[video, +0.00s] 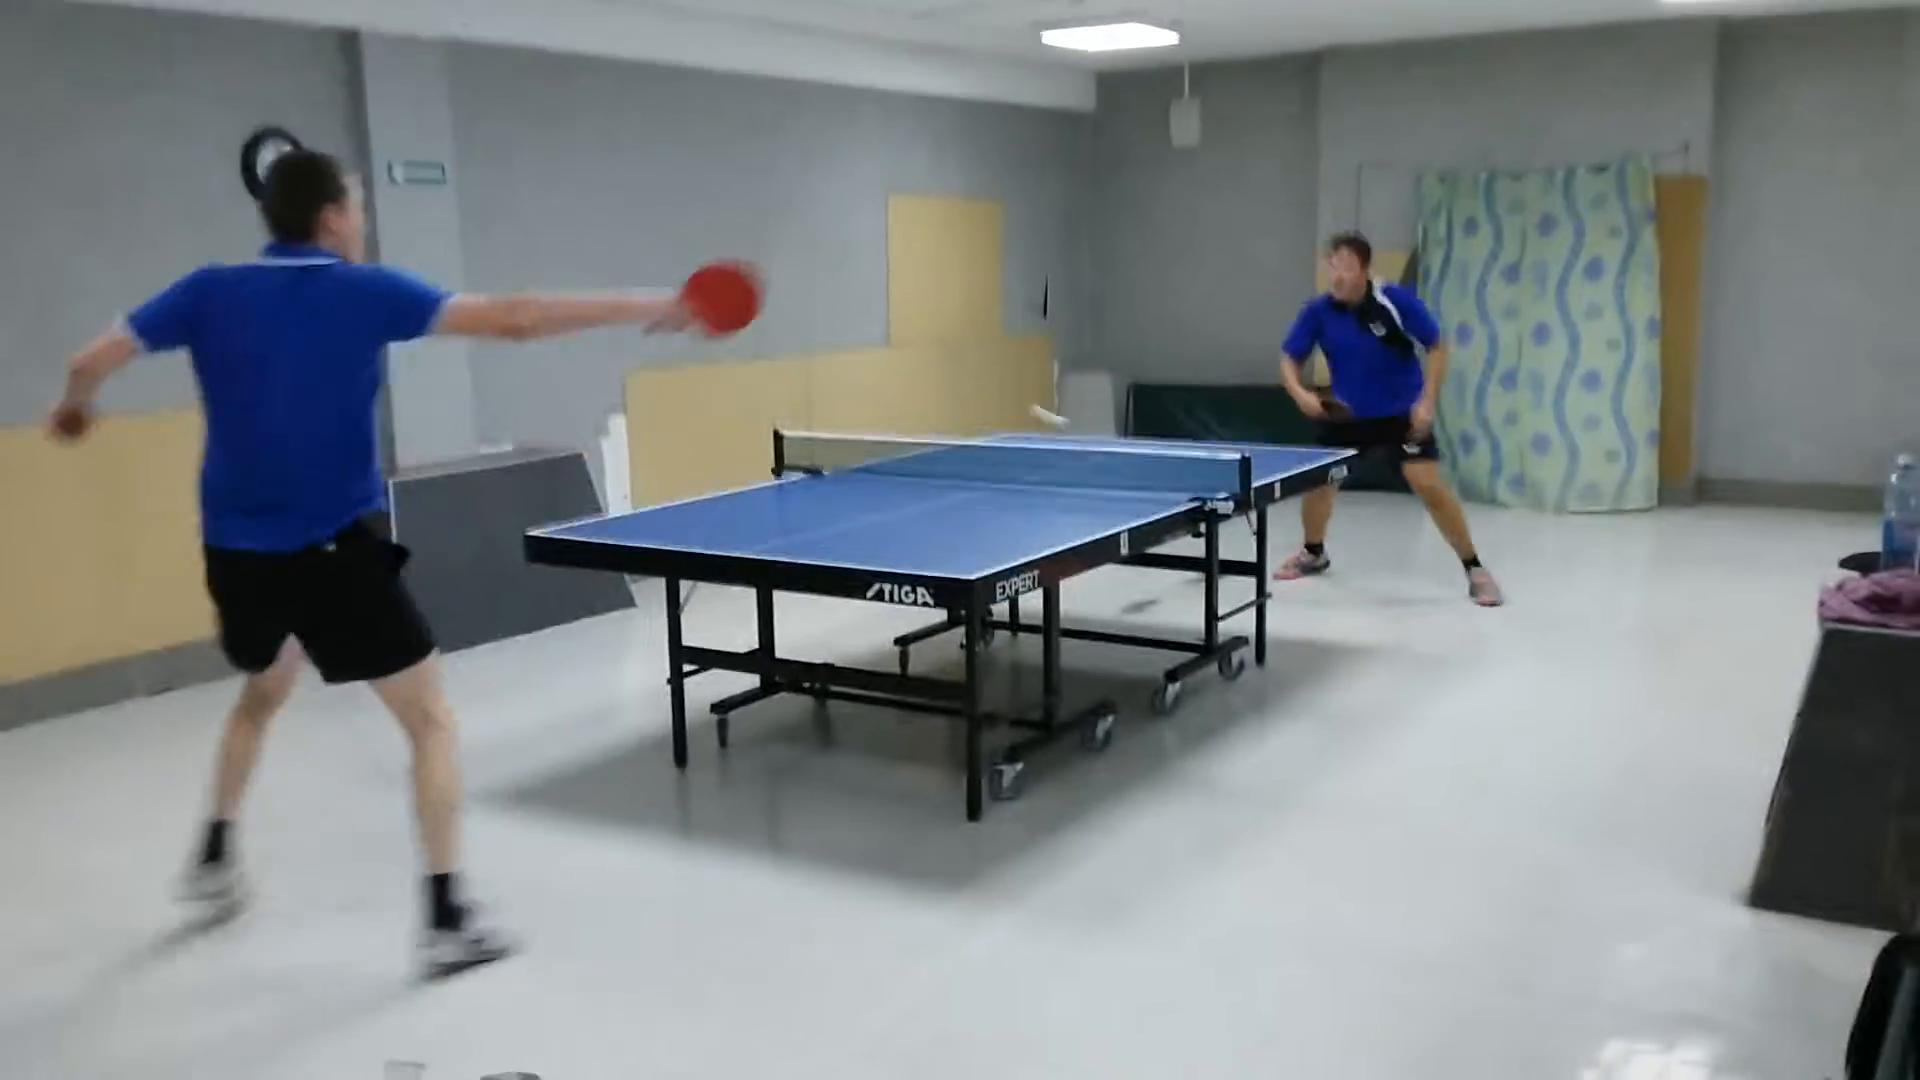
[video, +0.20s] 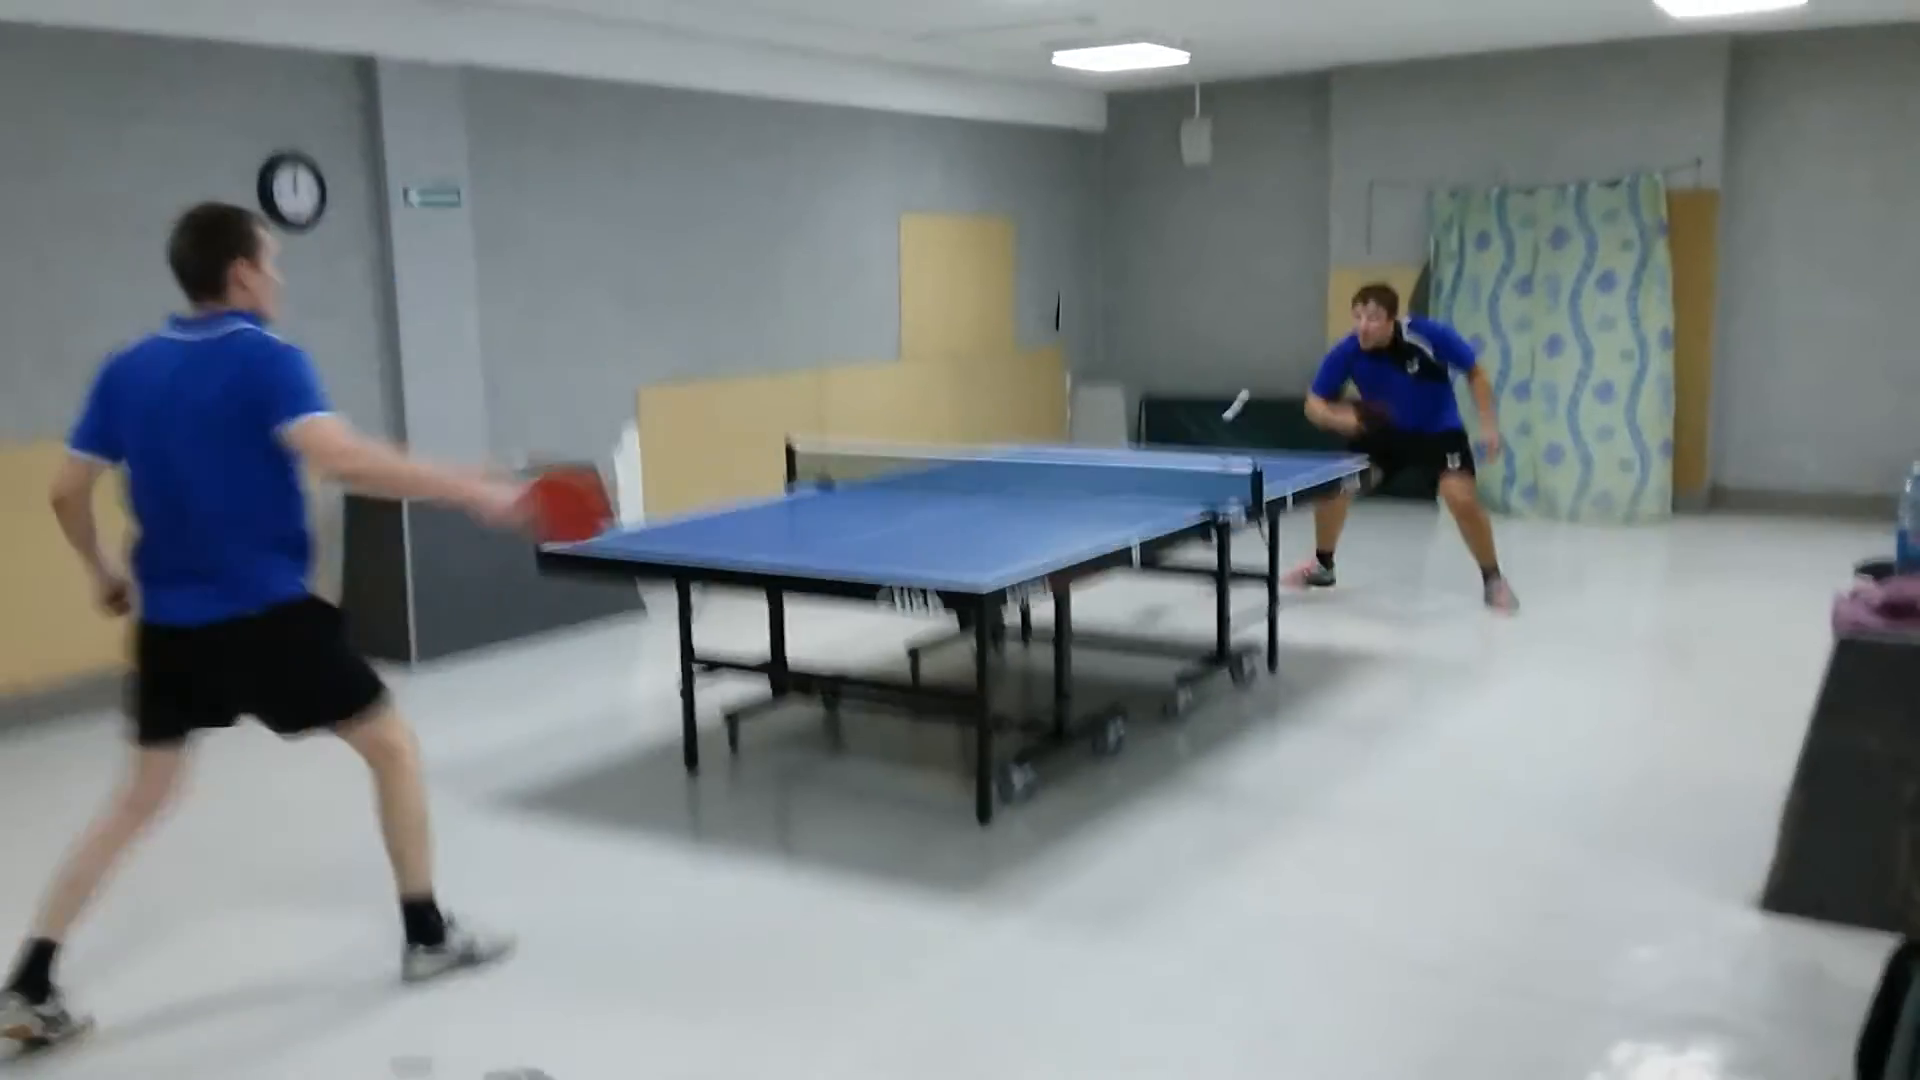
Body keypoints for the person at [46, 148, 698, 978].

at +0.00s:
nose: (360, 220)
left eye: (354, 206)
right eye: (353, 207)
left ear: (275, 218)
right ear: (330, 216)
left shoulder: (212, 291)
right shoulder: (363, 292)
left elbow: (91, 359)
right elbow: (510, 319)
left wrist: (73, 408)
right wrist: (647, 308)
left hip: (237, 555)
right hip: (338, 551)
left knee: (266, 683)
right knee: (430, 721)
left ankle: (212, 856)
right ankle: (447, 920)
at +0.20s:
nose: (278, 280)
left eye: (275, 264)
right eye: (272, 265)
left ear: (194, 280)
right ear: (242, 274)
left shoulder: (132, 367)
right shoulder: (267, 355)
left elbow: (68, 492)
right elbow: (334, 455)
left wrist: (101, 572)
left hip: (171, 634)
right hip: (273, 621)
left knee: (142, 792)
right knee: (391, 748)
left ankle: (29, 979)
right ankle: (427, 932)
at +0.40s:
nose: (252, 282)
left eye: (247, 266)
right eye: (244, 267)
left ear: (168, 280)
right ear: (213, 277)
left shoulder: (91, 354)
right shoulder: (220, 375)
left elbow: (37, 475)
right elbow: (234, 520)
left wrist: (138, 508)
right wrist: (341, 601)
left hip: (51, 620)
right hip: (152, 617)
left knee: (84, 787)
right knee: (287, 772)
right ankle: (320, 980)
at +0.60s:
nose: (221, 390)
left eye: (217, 374)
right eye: (215, 375)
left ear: (137, 386)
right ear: (188, 383)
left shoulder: (75, 452)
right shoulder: (183, 475)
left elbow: (62, 567)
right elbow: (251, 623)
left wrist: (166, 608)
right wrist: (343, 643)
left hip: (3, 700)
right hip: (70, 709)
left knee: (47, 818)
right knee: (241, 842)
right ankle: (219, 1058)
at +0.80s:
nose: (150, 423)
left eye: (146, 407)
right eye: (144, 408)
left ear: (69, 416)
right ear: (115, 413)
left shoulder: (12, 472)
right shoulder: (122, 493)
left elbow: (16, 575)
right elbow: (211, 626)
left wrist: (75, 632)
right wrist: (193, 704)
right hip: (30, 709)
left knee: (14, 807)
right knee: (179, 853)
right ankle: (212, 1061)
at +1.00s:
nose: (110, 423)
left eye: (104, 409)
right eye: (103, 409)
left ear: (28, 421)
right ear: (79, 414)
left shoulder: (7, 469)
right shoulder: (102, 481)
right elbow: (268, 513)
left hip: (2, 710)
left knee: (46, 857)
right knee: (55, 858)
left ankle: (146, 1055)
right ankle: (150, 1059)